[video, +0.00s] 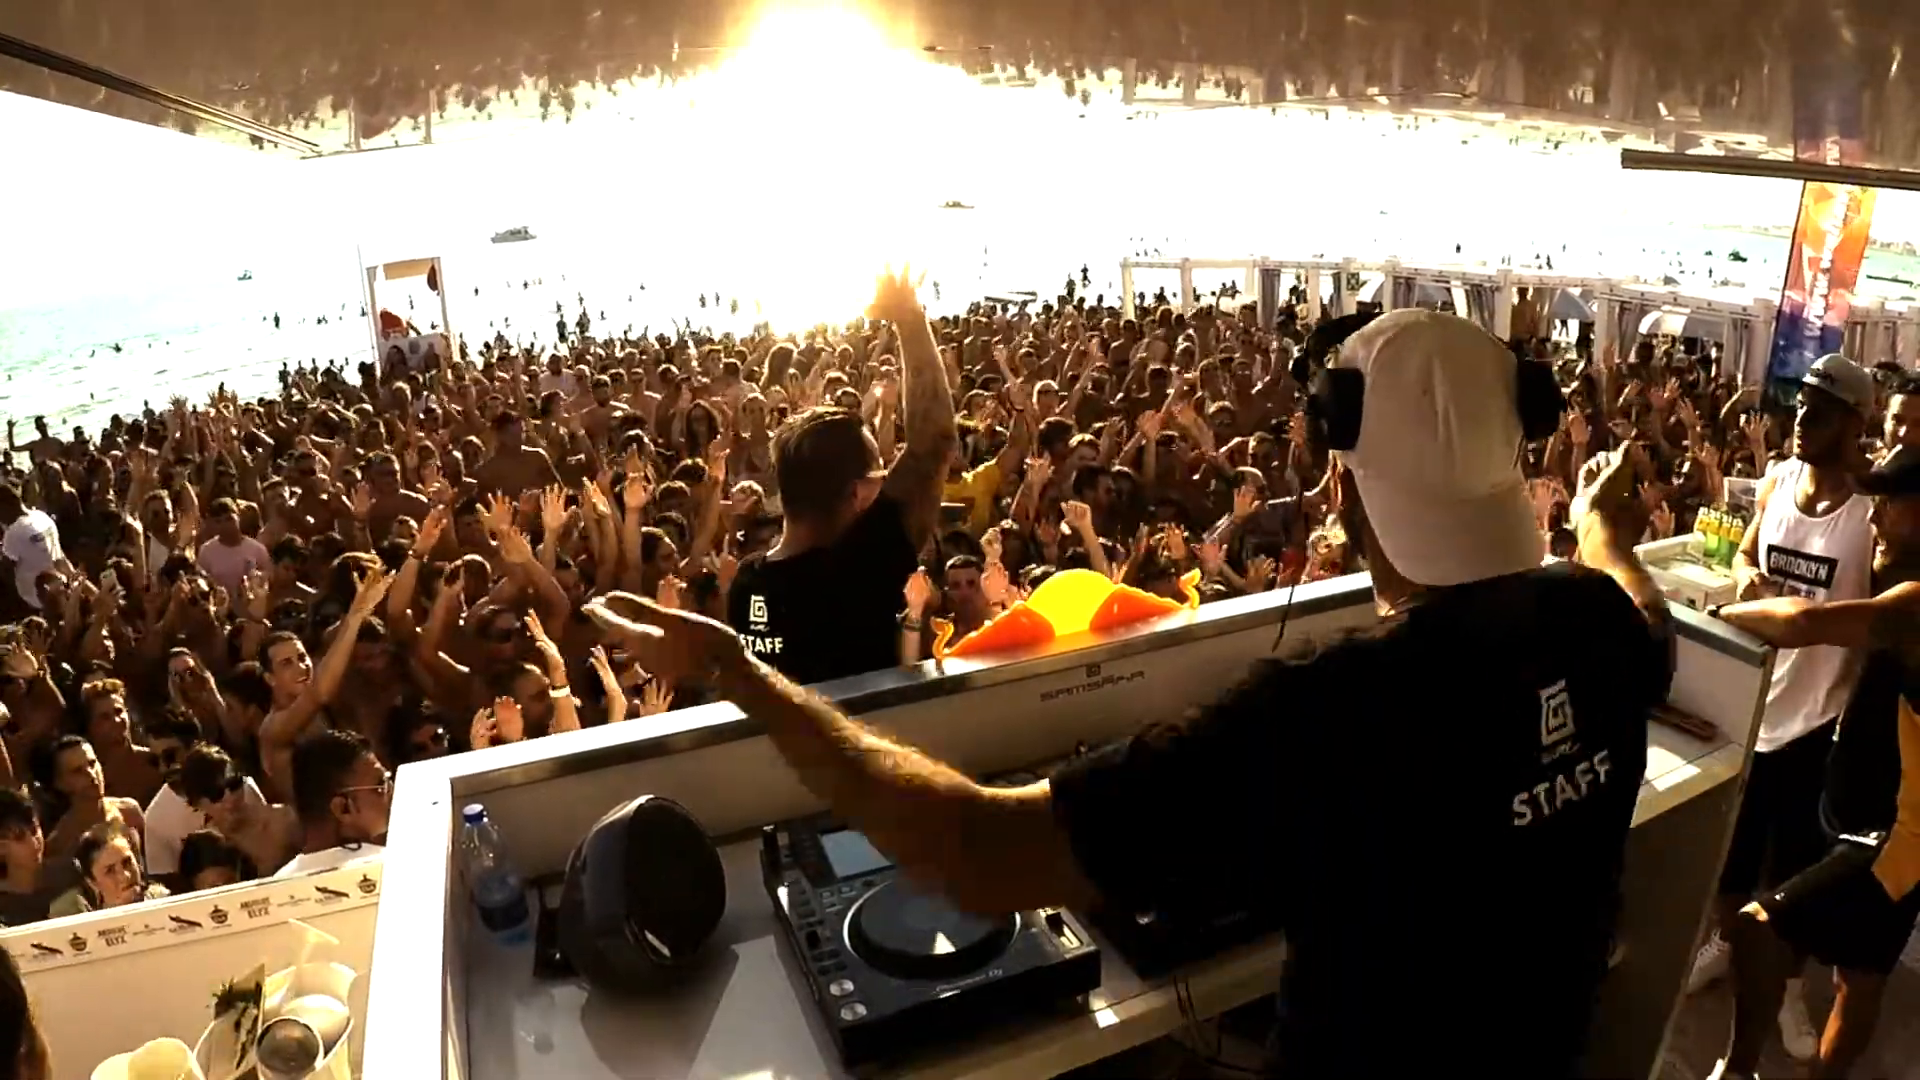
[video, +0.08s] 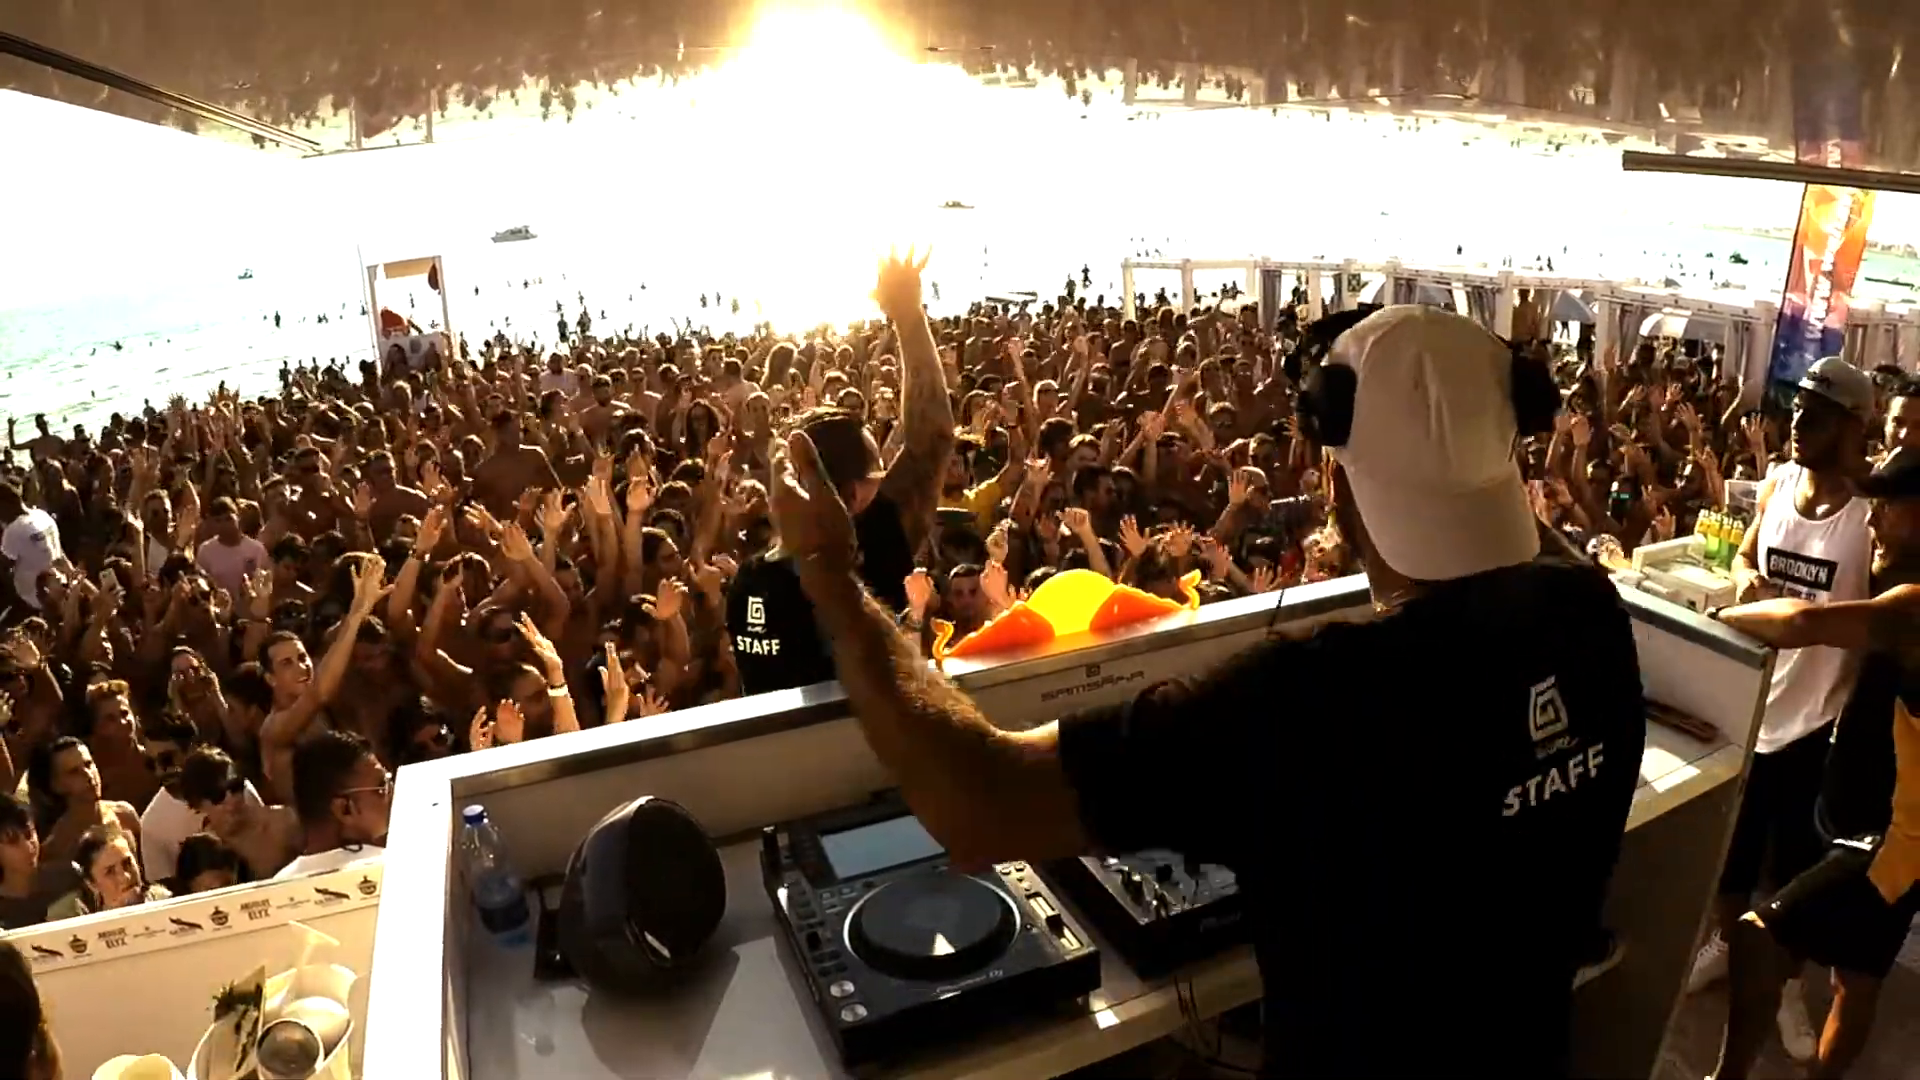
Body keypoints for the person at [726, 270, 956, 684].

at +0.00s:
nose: (884, 484)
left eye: (880, 473)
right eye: (877, 474)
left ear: (787, 488)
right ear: (856, 494)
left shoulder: (746, 586)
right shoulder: (865, 565)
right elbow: (932, 443)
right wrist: (910, 317)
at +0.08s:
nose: (881, 487)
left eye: (878, 476)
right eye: (873, 477)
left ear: (797, 482)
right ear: (853, 493)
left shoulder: (750, 579)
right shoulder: (872, 553)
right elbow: (929, 439)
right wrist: (908, 313)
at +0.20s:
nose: (875, 489)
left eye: (875, 477)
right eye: (872, 478)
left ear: (782, 490)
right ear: (855, 494)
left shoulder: (740, 586)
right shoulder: (853, 561)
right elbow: (924, 438)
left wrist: (906, 625)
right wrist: (904, 309)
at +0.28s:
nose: (879, 486)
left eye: (878, 475)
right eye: (874, 475)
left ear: (780, 486)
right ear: (853, 491)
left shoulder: (739, 583)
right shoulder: (850, 562)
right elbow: (923, 439)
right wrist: (904, 319)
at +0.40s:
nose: (876, 489)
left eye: (873, 476)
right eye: (869, 477)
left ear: (778, 486)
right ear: (846, 494)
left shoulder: (733, 585)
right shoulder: (842, 565)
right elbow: (923, 442)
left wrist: (907, 613)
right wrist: (898, 308)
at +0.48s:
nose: (868, 495)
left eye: (867, 484)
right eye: (863, 484)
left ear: (771, 491)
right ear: (840, 500)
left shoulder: (729, 587)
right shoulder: (837, 571)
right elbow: (913, 447)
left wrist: (910, 614)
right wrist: (897, 320)